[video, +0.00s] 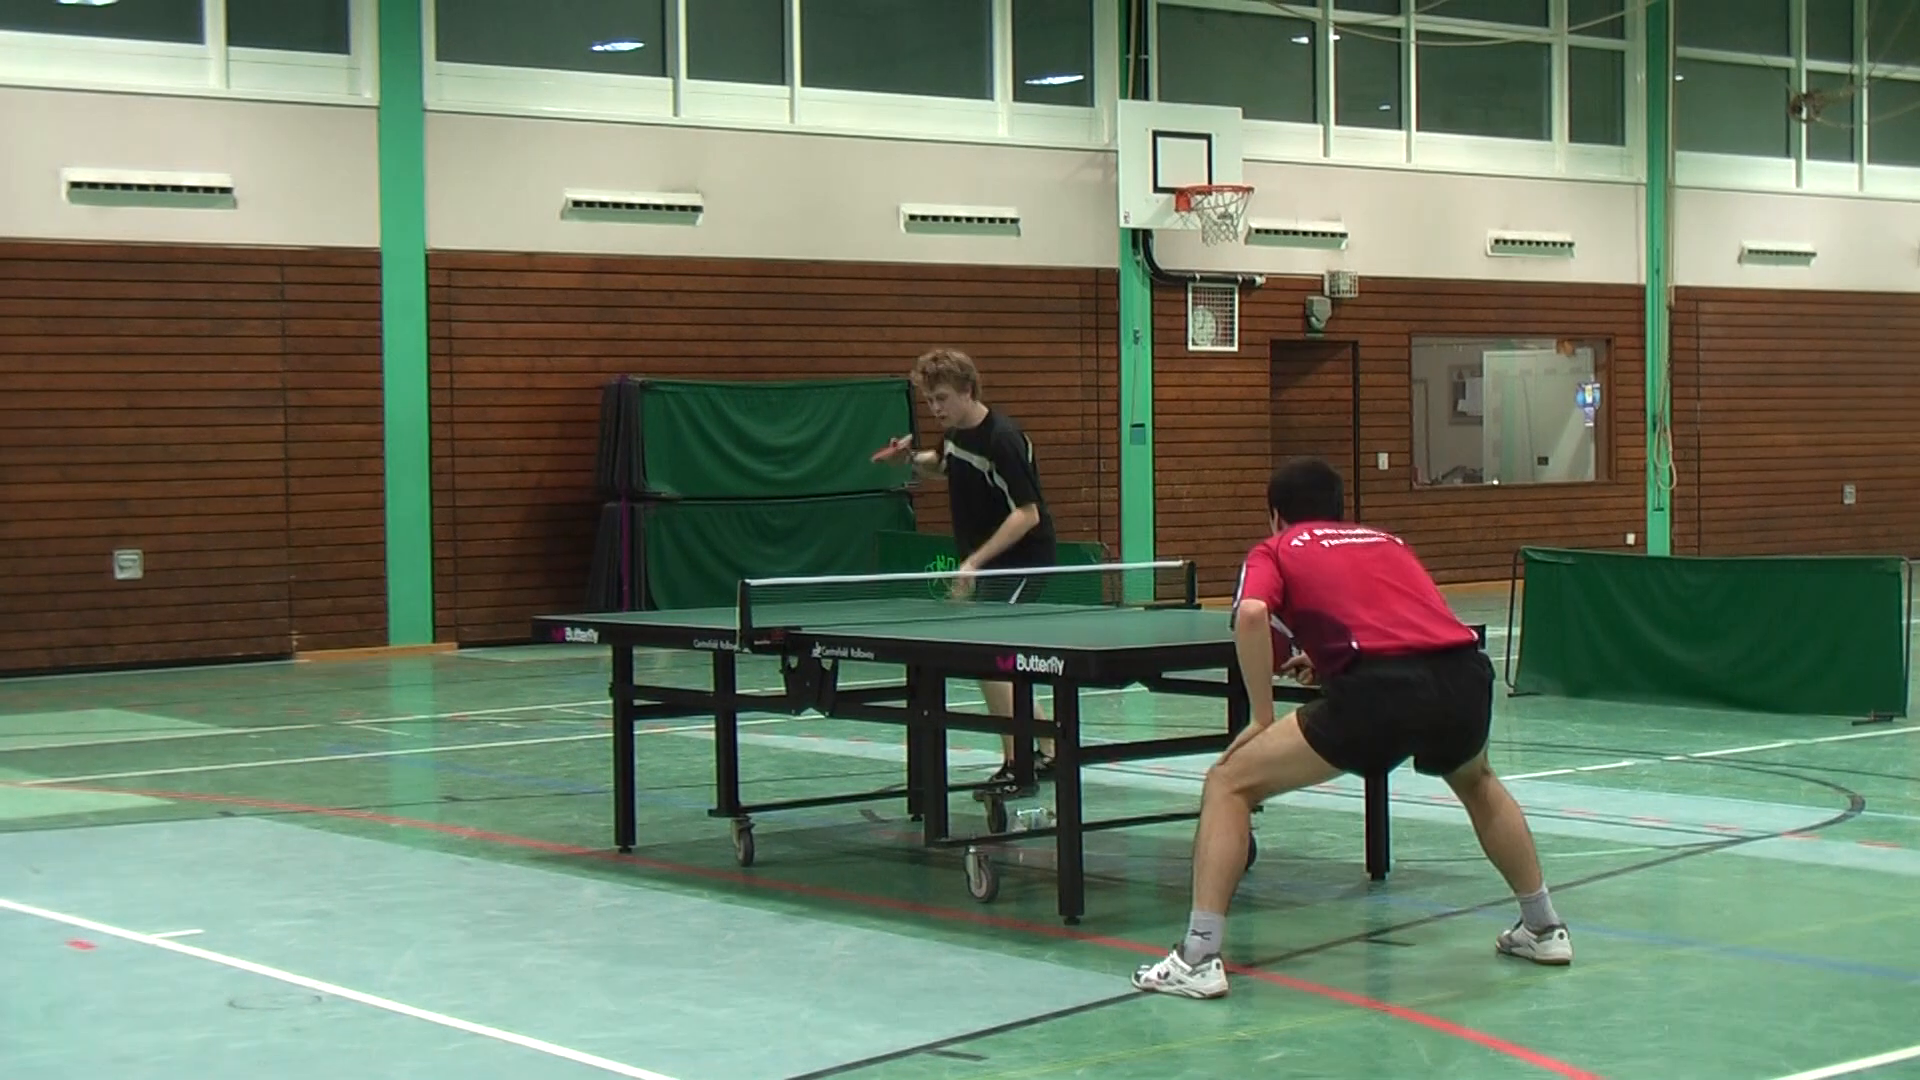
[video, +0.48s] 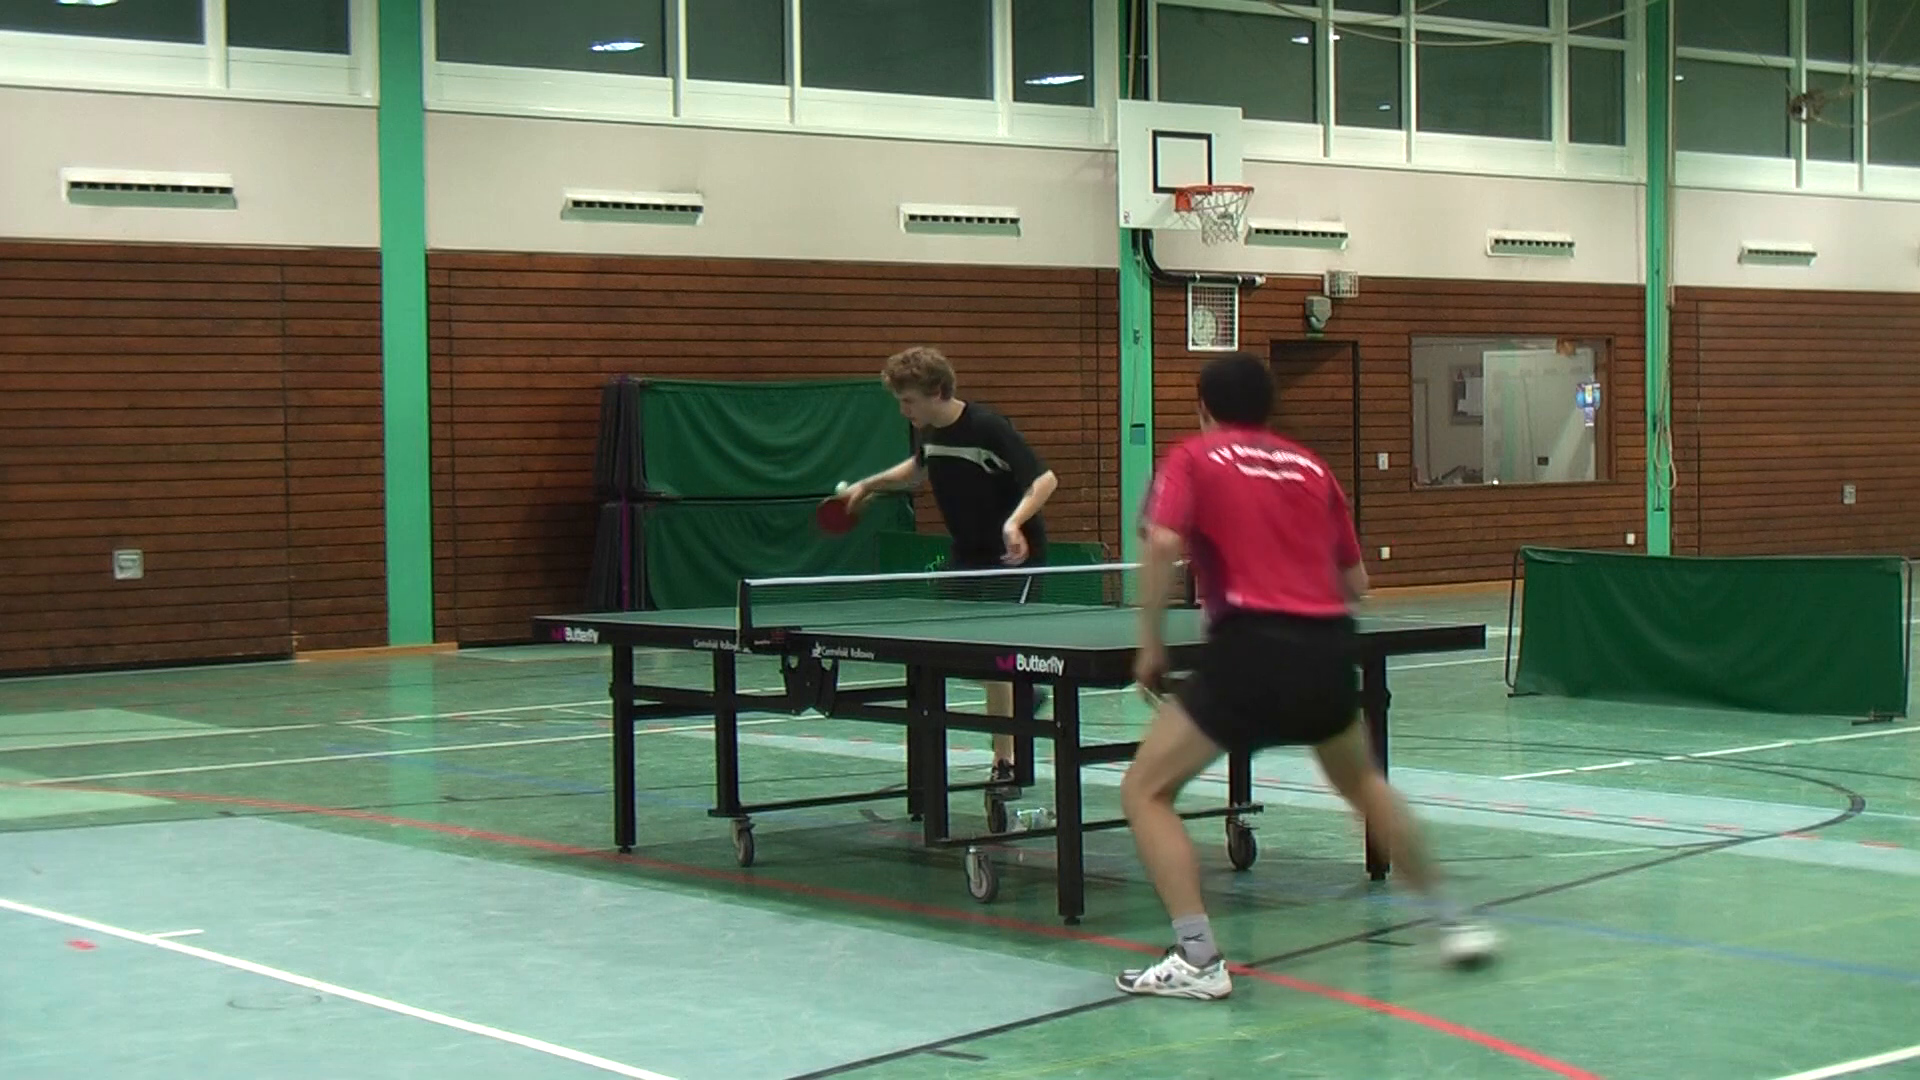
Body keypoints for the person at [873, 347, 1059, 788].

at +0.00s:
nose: (933, 409)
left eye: (940, 399)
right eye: (928, 401)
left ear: (967, 392)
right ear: (928, 399)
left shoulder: (1003, 438)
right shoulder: (955, 432)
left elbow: (1028, 513)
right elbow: (945, 466)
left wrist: (972, 563)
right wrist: (913, 458)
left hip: (1021, 564)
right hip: (988, 563)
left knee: (982, 652)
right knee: (997, 657)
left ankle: (1016, 758)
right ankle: (1047, 744)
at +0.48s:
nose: (903, 410)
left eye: (908, 401)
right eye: (900, 402)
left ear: (938, 393)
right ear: (919, 398)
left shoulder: (989, 427)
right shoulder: (925, 430)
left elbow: (1046, 480)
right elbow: (915, 470)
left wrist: (1014, 520)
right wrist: (867, 484)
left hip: (1012, 561)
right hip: (968, 559)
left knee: (996, 657)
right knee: (985, 660)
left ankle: (1005, 761)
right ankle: (1006, 757)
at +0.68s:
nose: (903, 407)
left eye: (911, 397)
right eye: (897, 397)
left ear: (936, 390)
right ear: (894, 393)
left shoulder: (982, 422)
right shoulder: (896, 438)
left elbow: (1038, 463)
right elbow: (881, 499)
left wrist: (1035, 479)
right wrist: (877, 507)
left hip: (996, 566)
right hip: (938, 567)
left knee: (999, 667)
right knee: (928, 666)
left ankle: (1006, 759)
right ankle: (952, 758)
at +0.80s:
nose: (909, 395)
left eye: (916, 385)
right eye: (899, 387)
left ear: (933, 380)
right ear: (888, 386)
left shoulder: (969, 420)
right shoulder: (884, 433)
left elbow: (1015, 469)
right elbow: (886, 505)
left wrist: (1026, 470)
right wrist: (910, 461)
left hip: (972, 571)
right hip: (911, 575)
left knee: (995, 664)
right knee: (900, 667)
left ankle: (1004, 767)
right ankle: (918, 760)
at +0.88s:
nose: (894, 392)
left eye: (901, 383)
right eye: (885, 384)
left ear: (917, 382)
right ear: (874, 385)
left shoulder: (946, 416)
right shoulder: (867, 435)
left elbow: (1002, 461)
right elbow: (869, 505)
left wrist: (1017, 485)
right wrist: (911, 462)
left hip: (953, 569)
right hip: (890, 572)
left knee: (987, 665)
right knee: (861, 651)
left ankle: (1002, 763)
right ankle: (866, 735)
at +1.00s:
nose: (863, 391)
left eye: (870, 382)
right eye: (854, 384)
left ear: (883, 382)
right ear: (839, 389)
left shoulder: (914, 426)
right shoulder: (830, 440)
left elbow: (960, 467)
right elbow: (822, 509)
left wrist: (987, 516)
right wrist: (882, 489)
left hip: (920, 575)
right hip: (854, 578)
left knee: (966, 659)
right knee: (807, 659)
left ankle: (1001, 766)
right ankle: (771, 754)